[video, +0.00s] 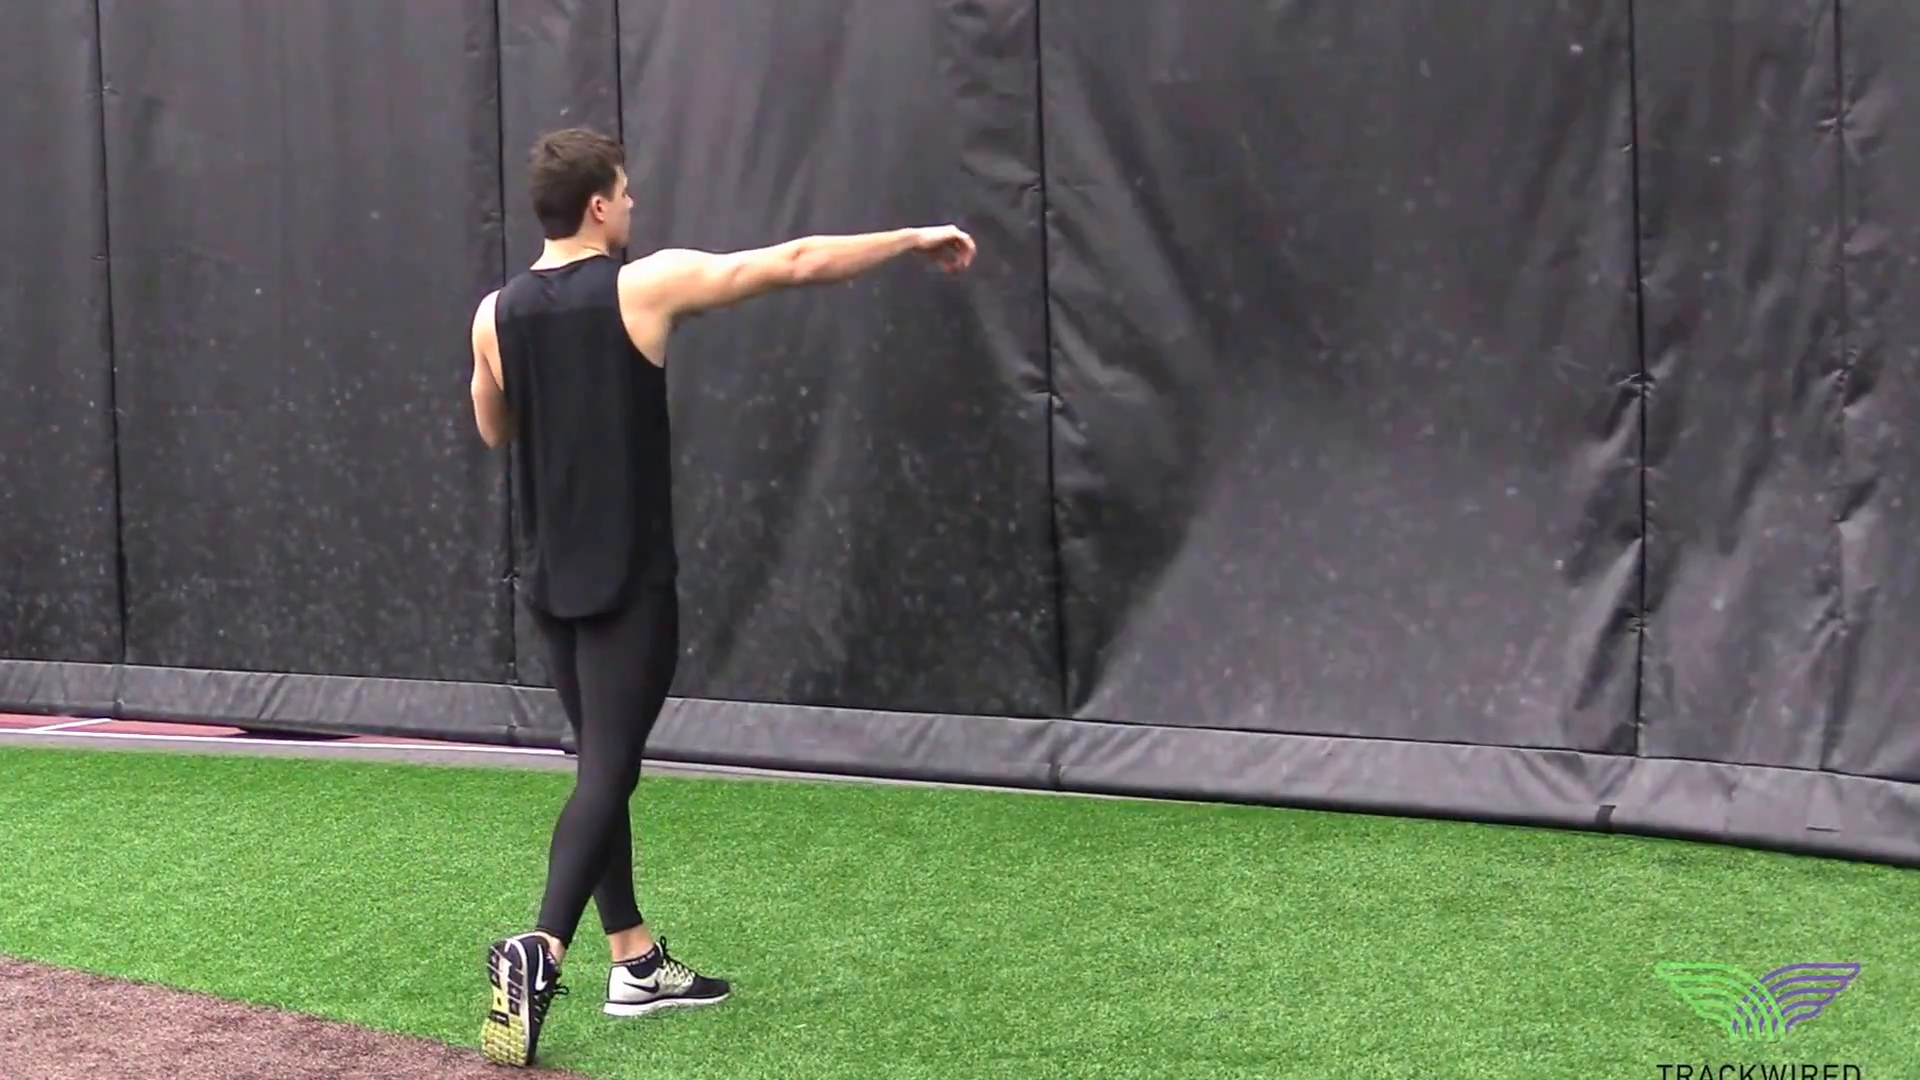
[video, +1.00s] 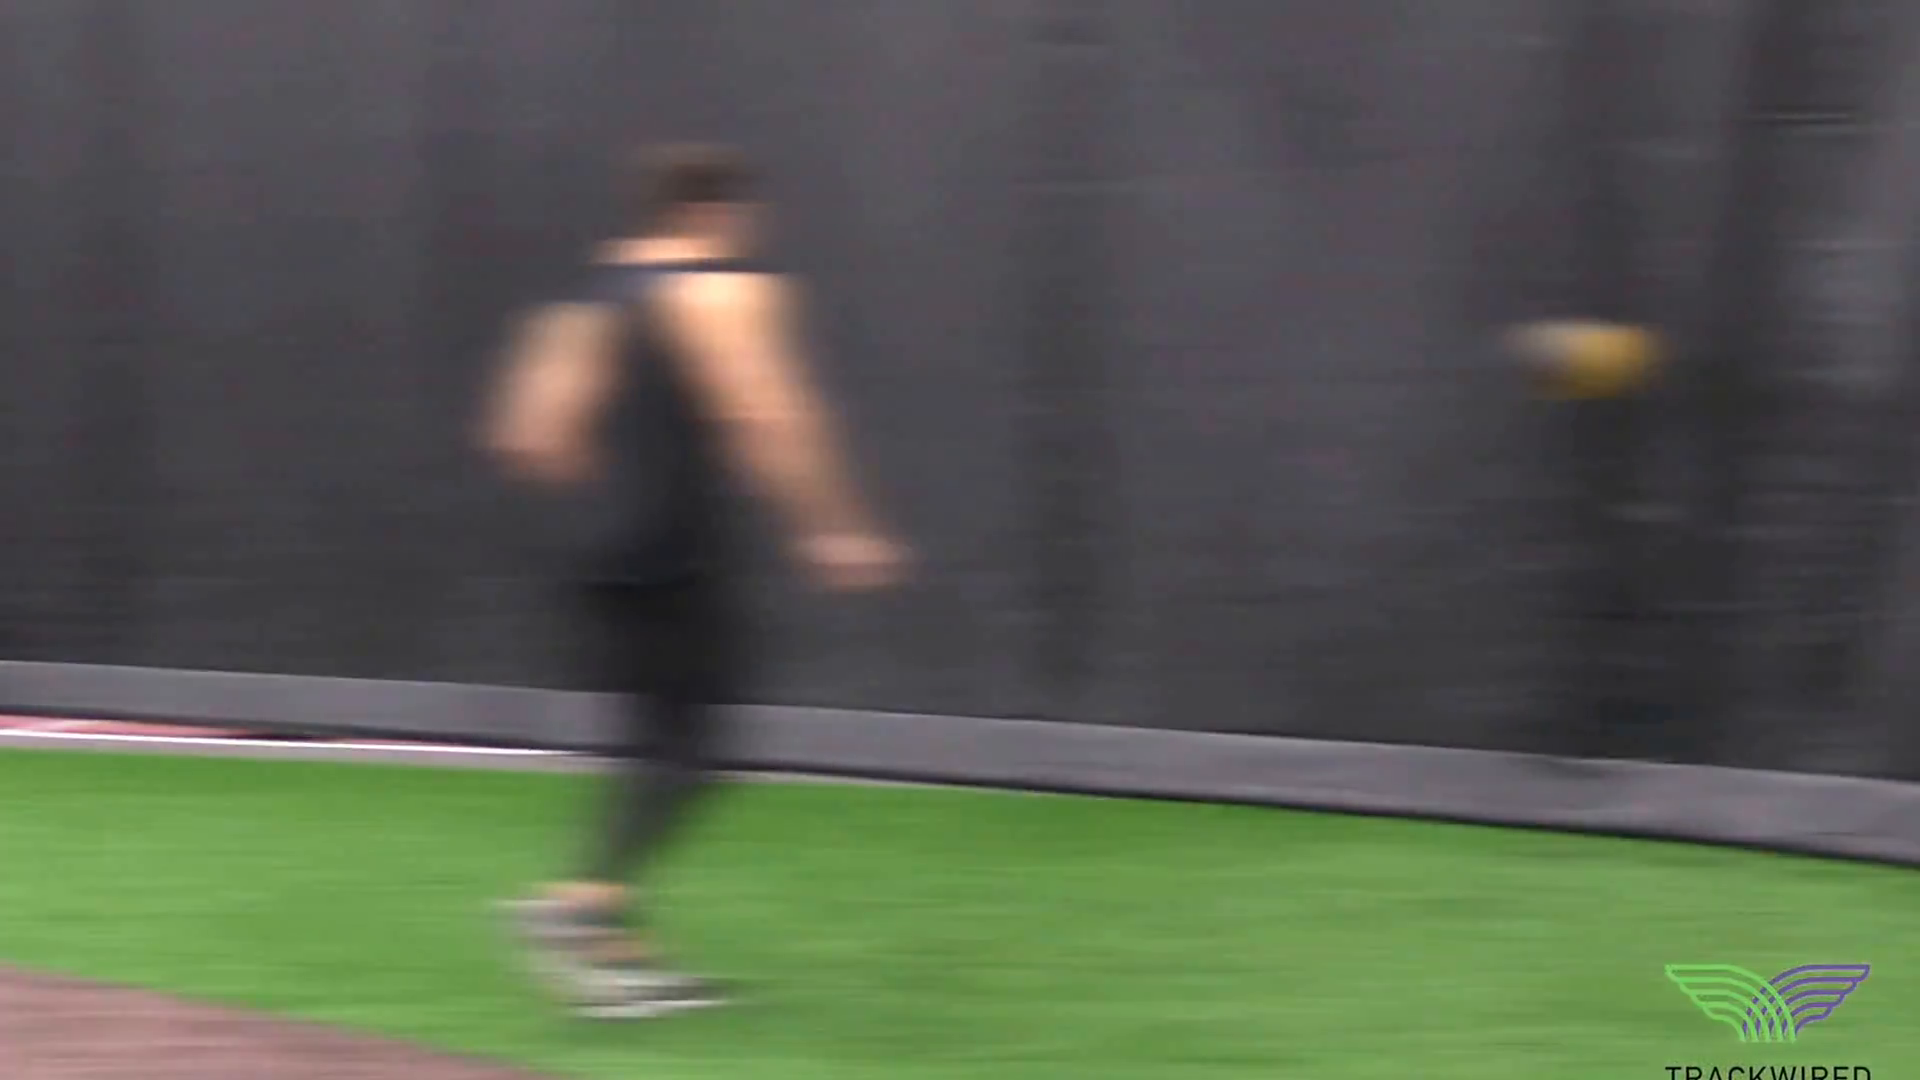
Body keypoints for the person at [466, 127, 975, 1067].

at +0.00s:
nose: (630, 204)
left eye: (624, 189)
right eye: (623, 192)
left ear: (545, 210)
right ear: (600, 206)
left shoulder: (496, 312)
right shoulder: (648, 284)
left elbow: (493, 429)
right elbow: (795, 263)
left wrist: (542, 362)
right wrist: (914, 239)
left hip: (553, 568)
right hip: (631, 566)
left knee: (602, 764)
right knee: (608, 769)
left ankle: (634, 961)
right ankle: (539, 950)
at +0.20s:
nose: (636, 220)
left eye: (634, 204)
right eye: (633, 206)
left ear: (554, 210)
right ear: (605, 209)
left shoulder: (495, 313)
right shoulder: (643, 283)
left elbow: (494, 433)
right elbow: (788, 253)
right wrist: (903, 219)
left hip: (552, 570)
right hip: (631, 566)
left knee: (602, 767)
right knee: (612, 770)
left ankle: (634, 960)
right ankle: (547, 951)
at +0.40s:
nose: (642, 223)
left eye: (641, 208)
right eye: (639, 209)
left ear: (563, 212)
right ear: (612, 210)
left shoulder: (496, 315)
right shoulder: (646, 282)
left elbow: (498, 437)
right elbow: (788, 252)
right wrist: (902, 214)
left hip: (555, 572)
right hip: (633, 567)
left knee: (602, 768)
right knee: (610, 772)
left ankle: (634, 961)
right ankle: (539, 953)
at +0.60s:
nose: (667, 236)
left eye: (664, 222)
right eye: (663, 222)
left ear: (585, 223)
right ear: (636, 224)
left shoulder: (515, 323)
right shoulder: (666, 300)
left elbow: (506, 453)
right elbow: (811, 291)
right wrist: (923, 274)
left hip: (540, 579)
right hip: (615, 579)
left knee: (627, 752)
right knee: (563, 782)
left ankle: (635, 965)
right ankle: (474, 977)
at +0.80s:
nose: (708, 257)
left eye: (706, 242)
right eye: (703, 243)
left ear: (623, 242)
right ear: (672, 243)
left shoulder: (550, 335)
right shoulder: (696, 322)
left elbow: (509, 467)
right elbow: (835, 362)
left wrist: (575, 403)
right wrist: (963, 386)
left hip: (566, 589)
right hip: (623, 592)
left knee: (647, 754)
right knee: (572, 773)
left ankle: (632, 963)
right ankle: (476, 969)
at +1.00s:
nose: (743, 236)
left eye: (739, 220)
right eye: (738, 221)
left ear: (655, 211)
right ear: (720, 215)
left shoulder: (603, 287)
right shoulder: (718, 286)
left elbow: (534, 430)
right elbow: (768, 416)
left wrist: (617, 471)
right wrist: (834, 526)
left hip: (613, 545)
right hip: (684, 549)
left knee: (663, 737)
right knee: (696, 738)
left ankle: (605, 937)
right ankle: (589, 897)